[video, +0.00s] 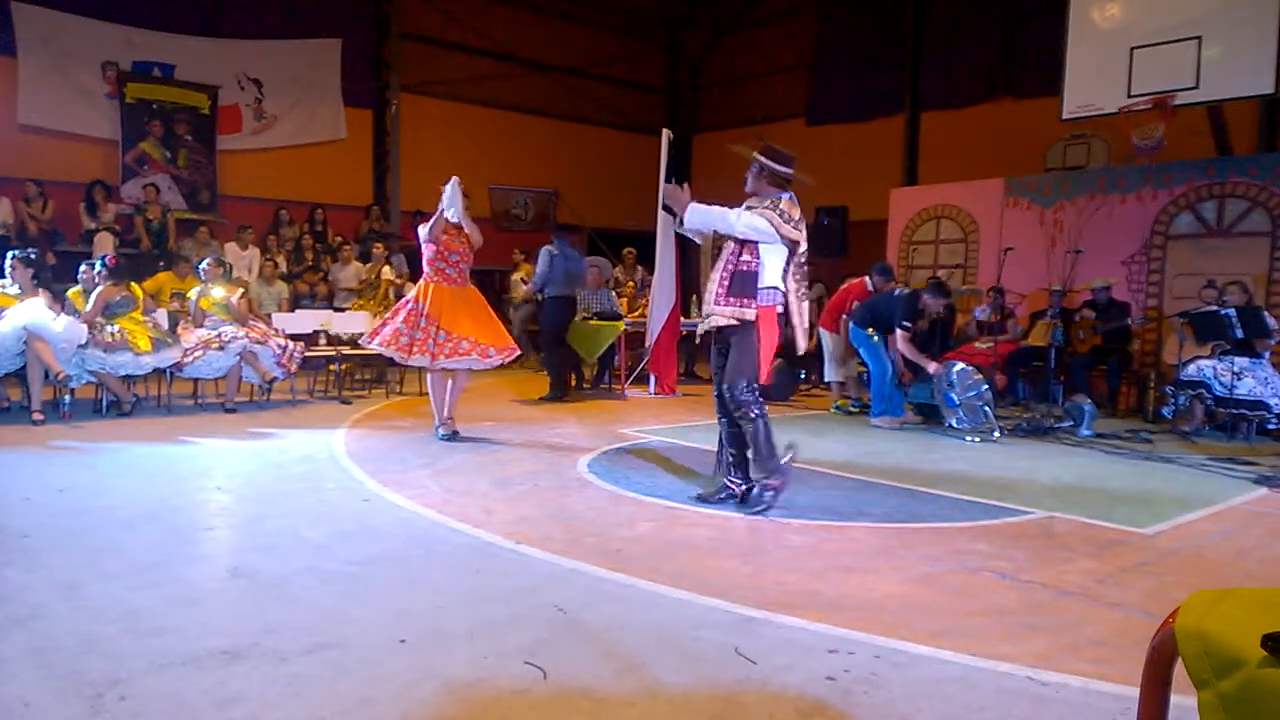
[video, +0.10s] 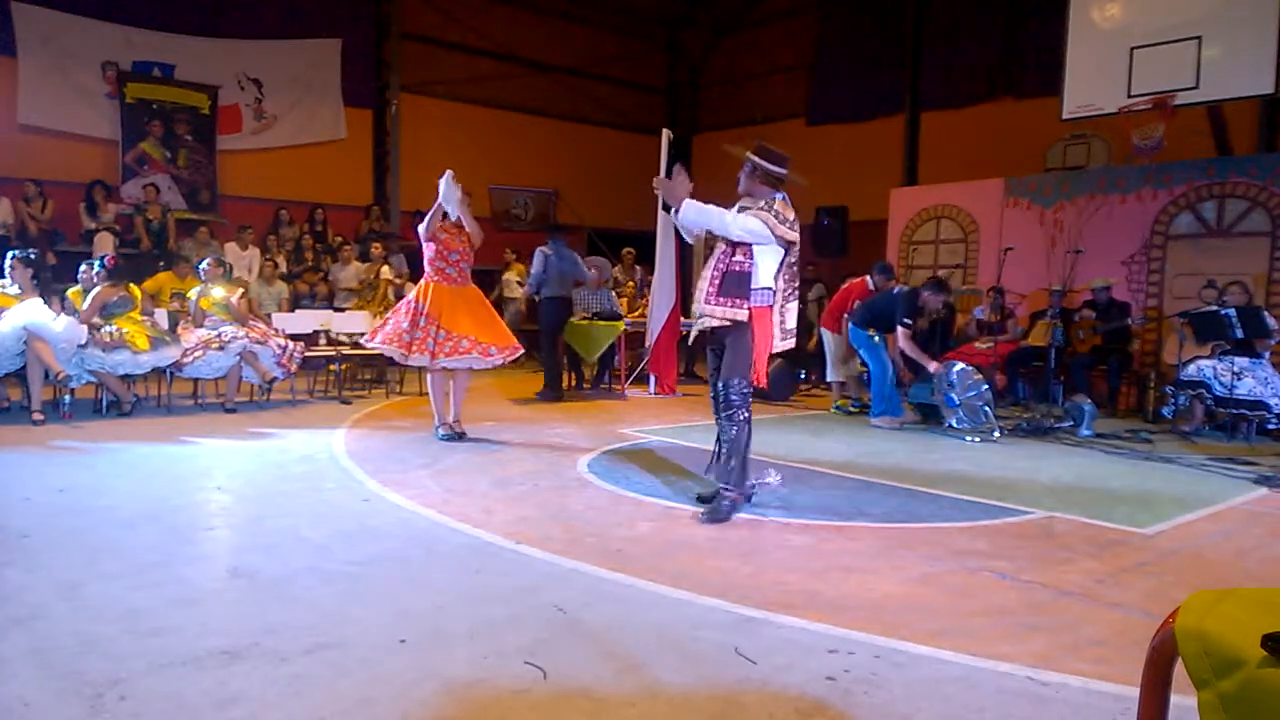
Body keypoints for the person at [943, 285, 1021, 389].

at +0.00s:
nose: (992, 301)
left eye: (996, 298)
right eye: (990, 297)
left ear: (1002, 299)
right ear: (986, 298)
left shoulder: (1008, 312)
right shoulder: (981, 312)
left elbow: (1012, 335)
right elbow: (974, 334)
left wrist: (991, 339)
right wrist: (967, 325)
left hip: (1003, 343)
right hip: (983, 343)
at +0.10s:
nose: (992, 301)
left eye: (996, 298)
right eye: (990, 297)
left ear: (1002, 299)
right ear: (986, 298)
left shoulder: (1008, 313)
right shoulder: (979, 312)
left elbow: (1012, 335)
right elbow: (973, 334)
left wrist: (991, 339)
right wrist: (967, 325)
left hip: (1002, 343)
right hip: (983, 343)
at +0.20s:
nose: (992, 301)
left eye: (996, 298)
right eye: (989, 298)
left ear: (1002, 299)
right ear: (986, 298)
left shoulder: (1007, 313)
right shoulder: (981, 313)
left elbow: (1012, 335)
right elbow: (975, 335)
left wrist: (990, 339)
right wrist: (967, 325)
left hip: (1002, 343)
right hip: (983, 343)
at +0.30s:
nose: (992, 301)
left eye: (996, 298)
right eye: (989, 297)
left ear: (1002, 299)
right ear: (986, 298)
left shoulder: (1007, 313)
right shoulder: (980, 314)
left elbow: (1012, 335)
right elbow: (973, 335)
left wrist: (991, 339)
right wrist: (967, 326)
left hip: (1002, 344)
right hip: (983, 343)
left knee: (982, 361)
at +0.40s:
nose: (992, 301)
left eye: (996, 298)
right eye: (989, 297)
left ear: (1002, 300)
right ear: (985, 298)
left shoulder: (1007, 313)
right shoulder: (980, 313)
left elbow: (1012, 335)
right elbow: (973, 334)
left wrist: (991, 339)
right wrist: (966, 326)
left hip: (1002, 343)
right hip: (982, 343)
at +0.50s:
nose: (992, 301)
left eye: (996, 298)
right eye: (989, 297)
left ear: (1002, 299)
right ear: (985, 298)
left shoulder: (1007, 313)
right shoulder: (979, 312)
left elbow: (1012, 335)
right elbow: (974, 334)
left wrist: (991, 339)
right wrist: (967, 326)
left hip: (1002, 343)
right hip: (982, 343)